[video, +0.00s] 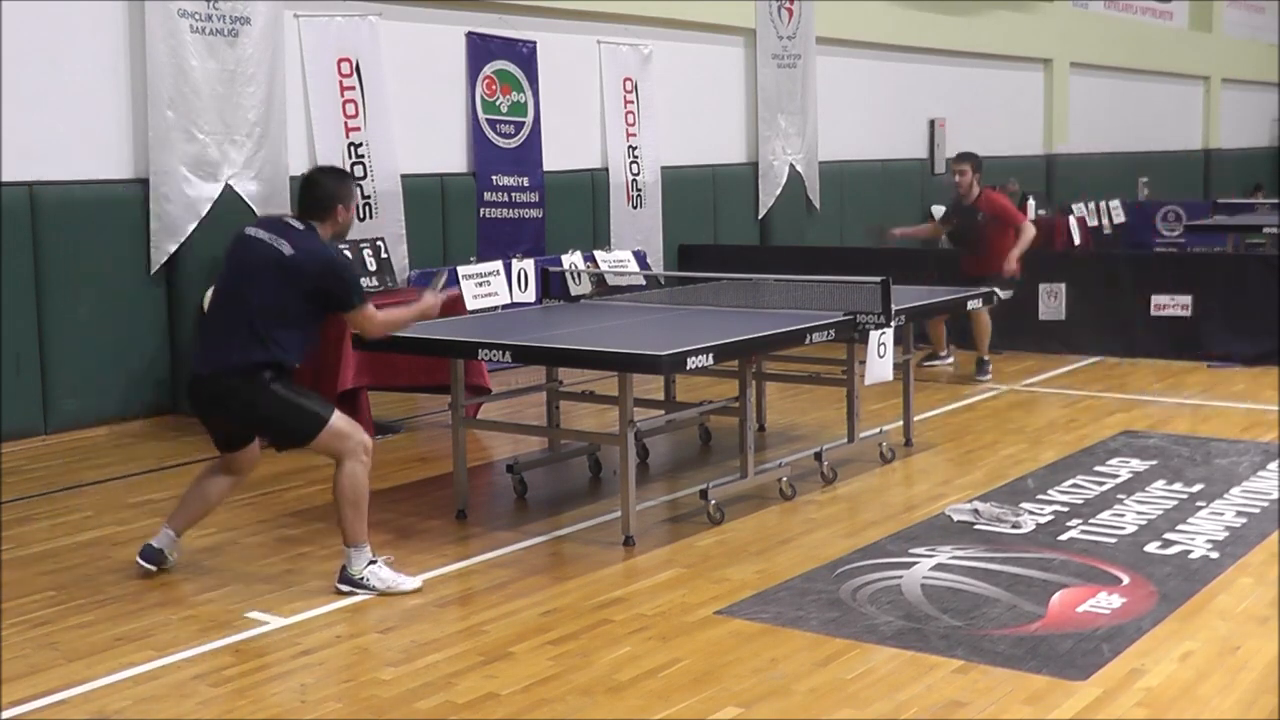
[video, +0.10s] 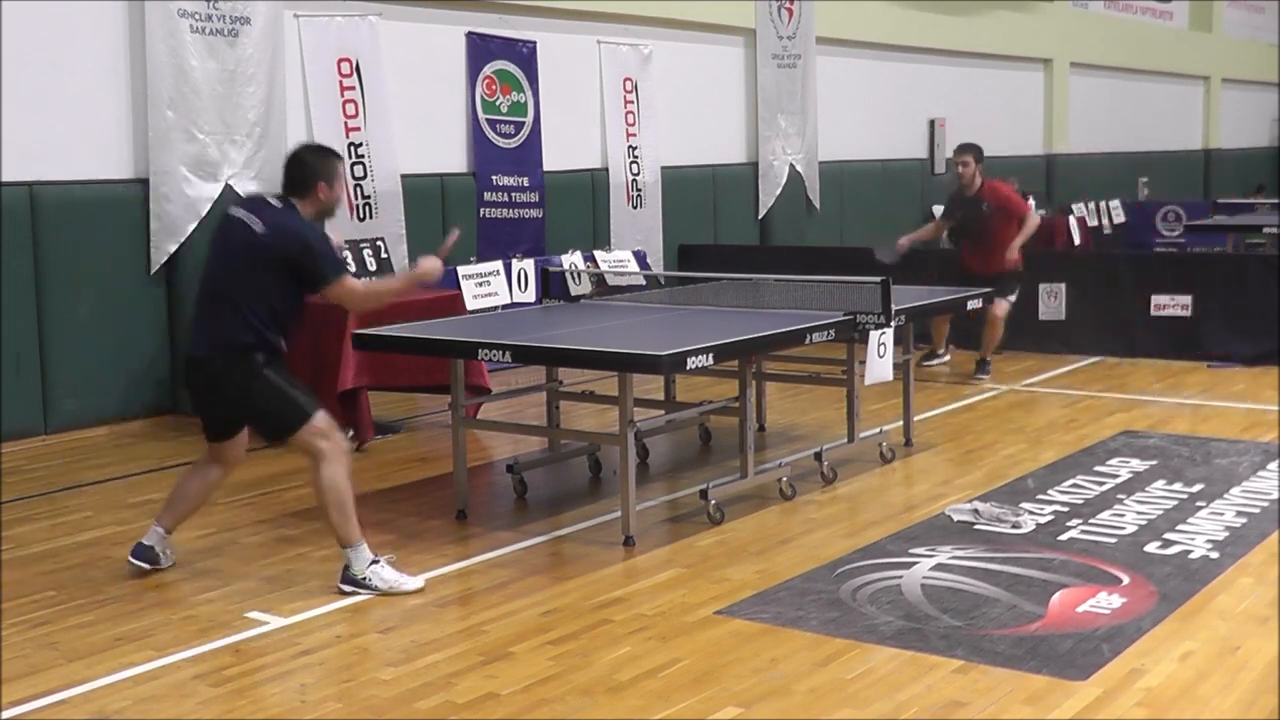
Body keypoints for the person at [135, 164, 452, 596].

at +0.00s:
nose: (354, 213)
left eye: (353, 205)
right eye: (352, 206)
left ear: (304, 203)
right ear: (341, 212)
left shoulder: (257, 229)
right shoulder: (328, 261)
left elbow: (217, 300)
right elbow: (370, 325)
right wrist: (422, 309)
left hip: (207, 380)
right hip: (252, 384)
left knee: (238, 461)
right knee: (356, 446)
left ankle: (162, 544)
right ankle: (359, 565)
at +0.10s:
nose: (345, 192)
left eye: (344, 183)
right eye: (340, 183)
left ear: (295, 186)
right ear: (320, 189)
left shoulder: (245, 210)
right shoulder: (301, 237)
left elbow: (270, 272)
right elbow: (355, 297)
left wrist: (321, 255)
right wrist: (415, 277)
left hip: (204, 362)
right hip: (243, 366)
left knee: (223, 455)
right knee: (330, 444)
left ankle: (153, 542)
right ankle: (360, 563)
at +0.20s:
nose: (310, 162)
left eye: (311, 153)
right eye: (307, 154)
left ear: (267, 151)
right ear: (284, 154)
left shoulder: (221, 177)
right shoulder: (252, 197)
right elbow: (291, 265)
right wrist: (353, 245)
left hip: (196, 337)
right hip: (230, 340)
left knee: (201, 440)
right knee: (282, 445)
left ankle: (147, 539)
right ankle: (311, 563)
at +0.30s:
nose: (300, 143)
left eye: (298, 133)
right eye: (296, 133)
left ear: (254, 134)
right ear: (275, 136)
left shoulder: (211, 167)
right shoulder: (239, 180)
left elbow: (210, 246)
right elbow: (247, 257)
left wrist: (270, 233)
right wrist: (313, 245)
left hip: (188, 325)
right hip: (222, 328)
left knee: (191, 434)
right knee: (264, 439)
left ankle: (146, 535)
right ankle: (240, 564)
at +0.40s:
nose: (285, 132)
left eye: (283, 123)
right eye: (281, 124)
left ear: (240, 128)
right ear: (263, 129)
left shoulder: (202, 165)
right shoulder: (240, 181)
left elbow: (167, 216)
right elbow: (214, 259)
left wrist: (249, 232)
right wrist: (273, 297)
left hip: (177, 323)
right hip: (210, 328)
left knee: (194, 431)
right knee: (229, 447)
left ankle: (147, 524)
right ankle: (170, 568)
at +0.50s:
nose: (280, 143)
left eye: (277, 135)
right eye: (275, 135)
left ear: (235, 143)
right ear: (257, 143)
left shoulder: (195, 185)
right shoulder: (234, 196)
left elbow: (161, 250)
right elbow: (213, 277)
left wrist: (248, 239)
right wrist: (271, 328)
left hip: (175, 338)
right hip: (202, 344)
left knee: (193, 439)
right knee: (221, 463)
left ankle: (152, 526)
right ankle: (165, 578)